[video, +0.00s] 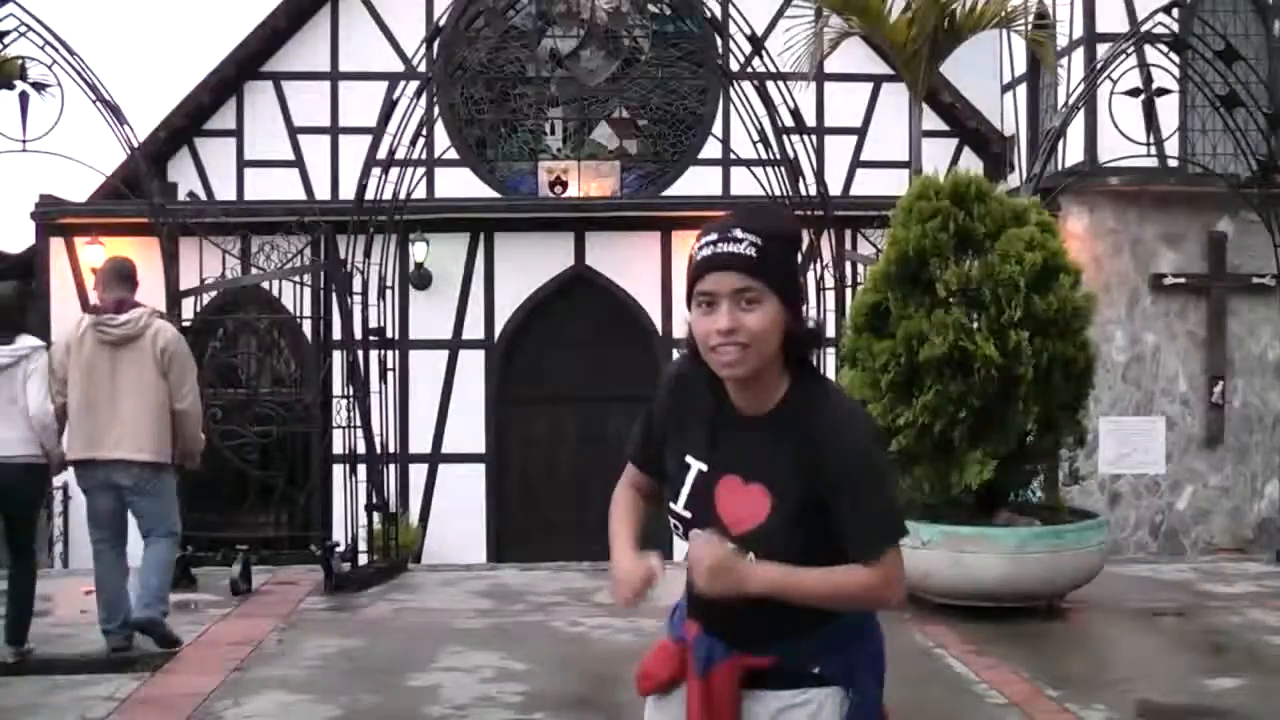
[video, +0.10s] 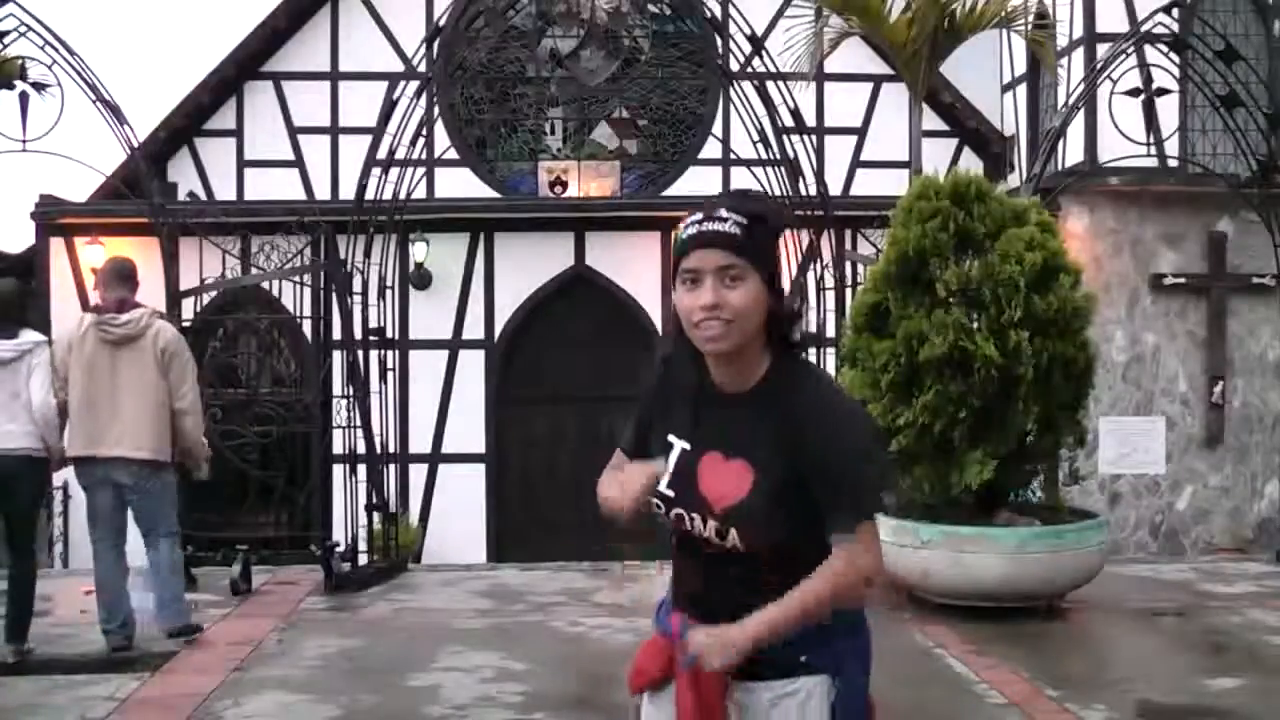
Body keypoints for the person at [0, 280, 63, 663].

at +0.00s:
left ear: (2, 317)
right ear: (21, 315)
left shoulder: (25, 352)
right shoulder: (32, 352)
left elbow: (39, 410)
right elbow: (38, 410)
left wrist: (54, 451)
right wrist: (55, 452)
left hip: (11, 463)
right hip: (20, 463)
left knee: (19, 556)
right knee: (21, 555)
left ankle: (14, 640)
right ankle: (15, 641)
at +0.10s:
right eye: (25, 304)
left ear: (3, 311)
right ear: (22, 309)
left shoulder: (29, 346)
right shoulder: (33, 345)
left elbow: (41, 404)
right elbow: (41, 403)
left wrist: (55, 448)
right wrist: (56, 448)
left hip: (11, 455)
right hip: (21, 456)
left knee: (19, 553)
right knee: (21, 553)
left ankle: (14, 639)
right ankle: (15, 640)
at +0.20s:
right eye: (23, 301)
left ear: (2, 310)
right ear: (23, 307)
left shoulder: (28, 344)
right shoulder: (35, 344)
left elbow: (42, 401)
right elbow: (42, 400)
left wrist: (55, 445)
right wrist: (56, 445)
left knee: (18, 552)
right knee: (21, 552)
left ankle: (13, 639)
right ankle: (15, 640)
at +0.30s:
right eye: (21, 301)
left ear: (4, 309)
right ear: (21, 307)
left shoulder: (28, 343)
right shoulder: (31, 342)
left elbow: (43, 400)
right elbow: (43, 400)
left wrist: (55, 446)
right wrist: (56, 446)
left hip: (13, 451)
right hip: (21, 452)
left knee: (18, 549)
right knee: (20, 548)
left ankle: (14, 636)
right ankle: (14, 638)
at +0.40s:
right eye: (23, 301)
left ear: (5, 309)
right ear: (20, 307)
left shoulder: (23, 344)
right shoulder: (25, 343)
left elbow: (39, 399)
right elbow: (39, 399)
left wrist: (54, 447)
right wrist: (55, 447)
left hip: (14, 450)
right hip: (17, 450)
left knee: (15, 545)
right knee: (16, 545)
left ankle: (14, 634)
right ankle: (14, 636)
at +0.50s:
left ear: (8, 315)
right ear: (12, 312)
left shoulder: (18, 344)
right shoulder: (18, 344)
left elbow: (34, 398)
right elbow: (35, 397)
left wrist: (52, 444)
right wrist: (54, 443)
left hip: (14, 450)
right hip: (14, 449)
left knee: (13, 547)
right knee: (13, 547)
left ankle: (13, 634)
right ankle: (13, 635)